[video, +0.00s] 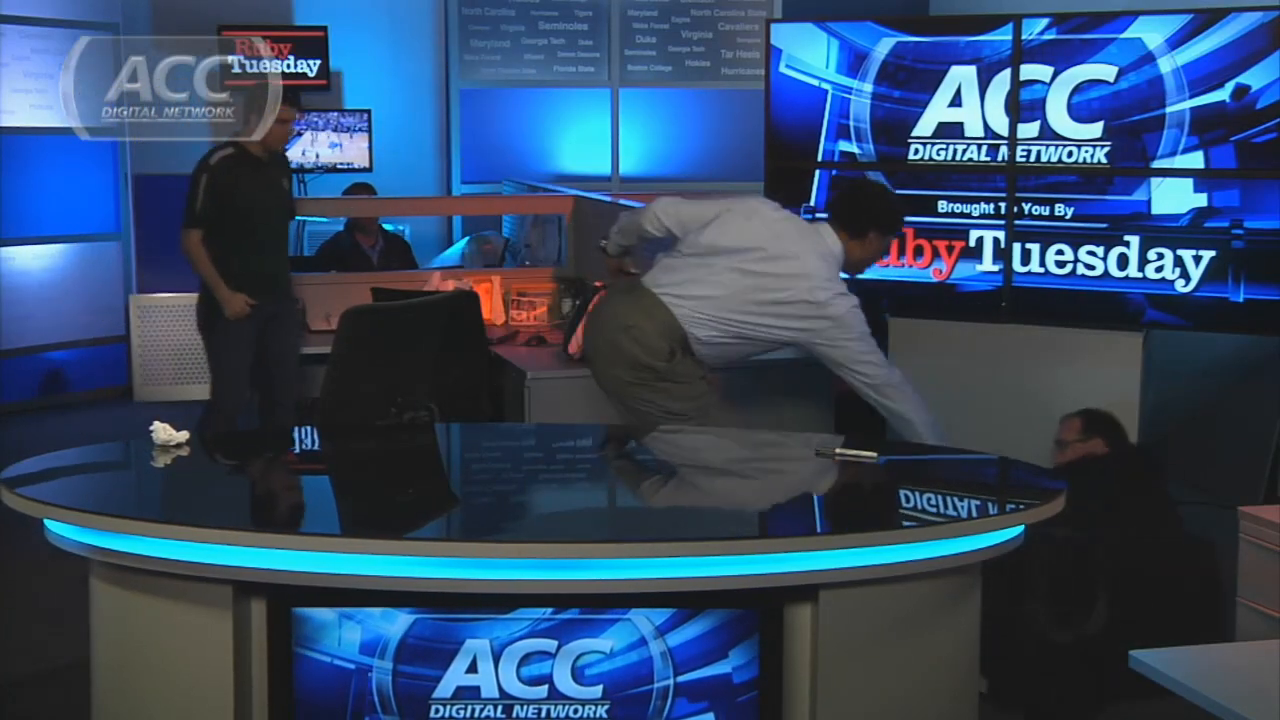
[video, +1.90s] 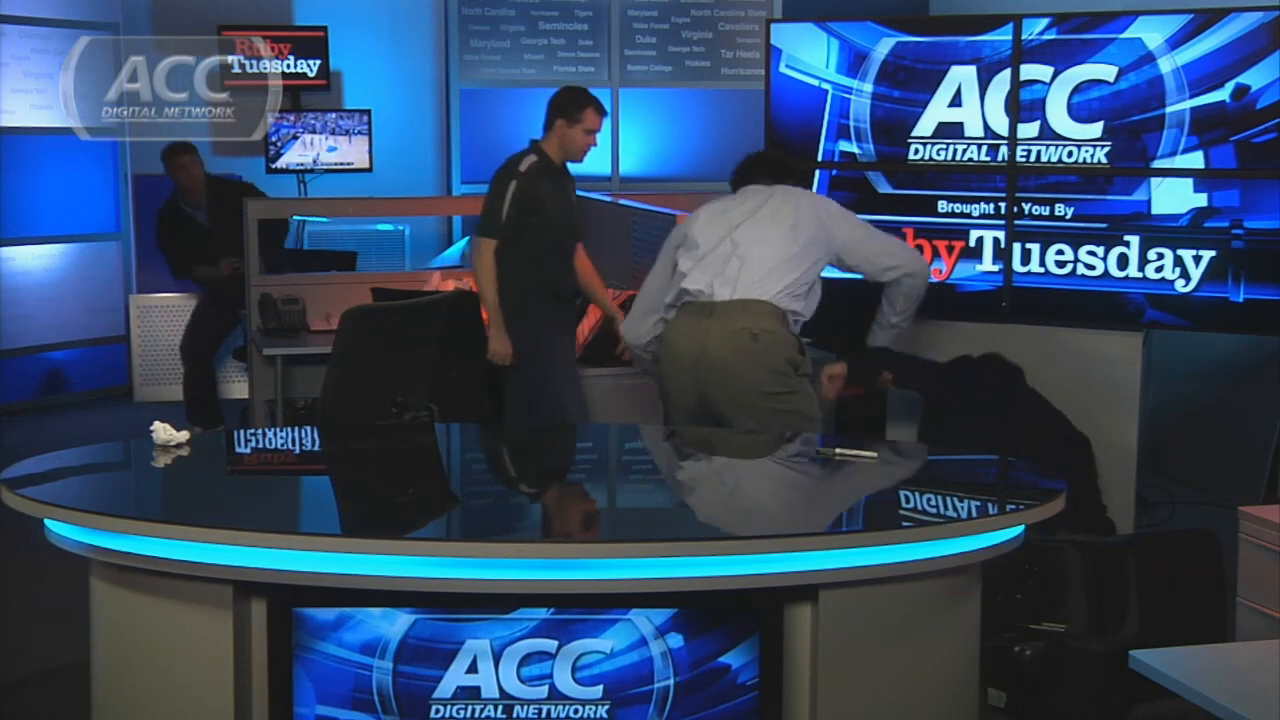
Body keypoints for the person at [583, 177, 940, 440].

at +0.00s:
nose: (883, 253)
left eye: (888, 243)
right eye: (885, 242)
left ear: (836, 215)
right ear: (865, 236)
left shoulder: (759, 210)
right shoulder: (827, 299)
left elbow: (659, 214)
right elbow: (884, 386)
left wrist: (615, 247)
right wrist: (937, 453)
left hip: (612, 313)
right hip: (649, 349)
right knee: (721, 465)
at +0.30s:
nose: (918, 289)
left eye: (924, 279)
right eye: (922, 277)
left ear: (877, 241)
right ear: (904, 263)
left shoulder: (806, 233)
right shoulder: (866, 296)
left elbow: (704, 226)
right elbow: (914, 390)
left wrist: (664, 277)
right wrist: (964, 464)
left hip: (653, 314)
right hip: (686, 333)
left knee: (699, 454)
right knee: (740, 461)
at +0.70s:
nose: (944, 278)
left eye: (949, 267)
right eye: (948, 265)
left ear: (907, 235)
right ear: (934, 250)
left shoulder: (842, 236)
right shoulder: (898, 272)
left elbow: (761, 255)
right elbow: (944, 370)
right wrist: (989, 458)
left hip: (706, 310)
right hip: (736, 319)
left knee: (753, 449)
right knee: (791, 450)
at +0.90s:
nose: (944, 269)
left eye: (949, 260)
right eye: (949, 258)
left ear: (901, 231)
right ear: (937, 251)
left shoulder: (844, 242)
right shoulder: (907, 277)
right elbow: (952, 379)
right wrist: (986, 463)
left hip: (714, 326)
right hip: (742, 335)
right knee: (817, 459)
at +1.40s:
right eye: (893, 250)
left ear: (835, 222)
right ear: (878, 237)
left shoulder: (781, 234)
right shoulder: (875, 252)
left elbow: (720, 276)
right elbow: (948, 339)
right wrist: (965, 436)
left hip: (692, 326)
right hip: (761, 330)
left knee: (716, 459)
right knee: (802, 464)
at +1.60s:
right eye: (863, 221)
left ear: (808, 200)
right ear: (851, 211)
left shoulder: (746, 223)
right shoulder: (849, 229)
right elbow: (942, 299)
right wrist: (934, 396)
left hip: (680, 332)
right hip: (750, 331)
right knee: (800, 462)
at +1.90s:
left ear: (739, 185)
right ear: (799, 183)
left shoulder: (700, 216)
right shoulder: (814, 208)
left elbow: (637, 331)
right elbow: (910, 267)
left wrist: (678, 367)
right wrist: (877, 353)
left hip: (680, 345)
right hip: (756, 346)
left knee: (694, 475)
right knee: (793, 476)